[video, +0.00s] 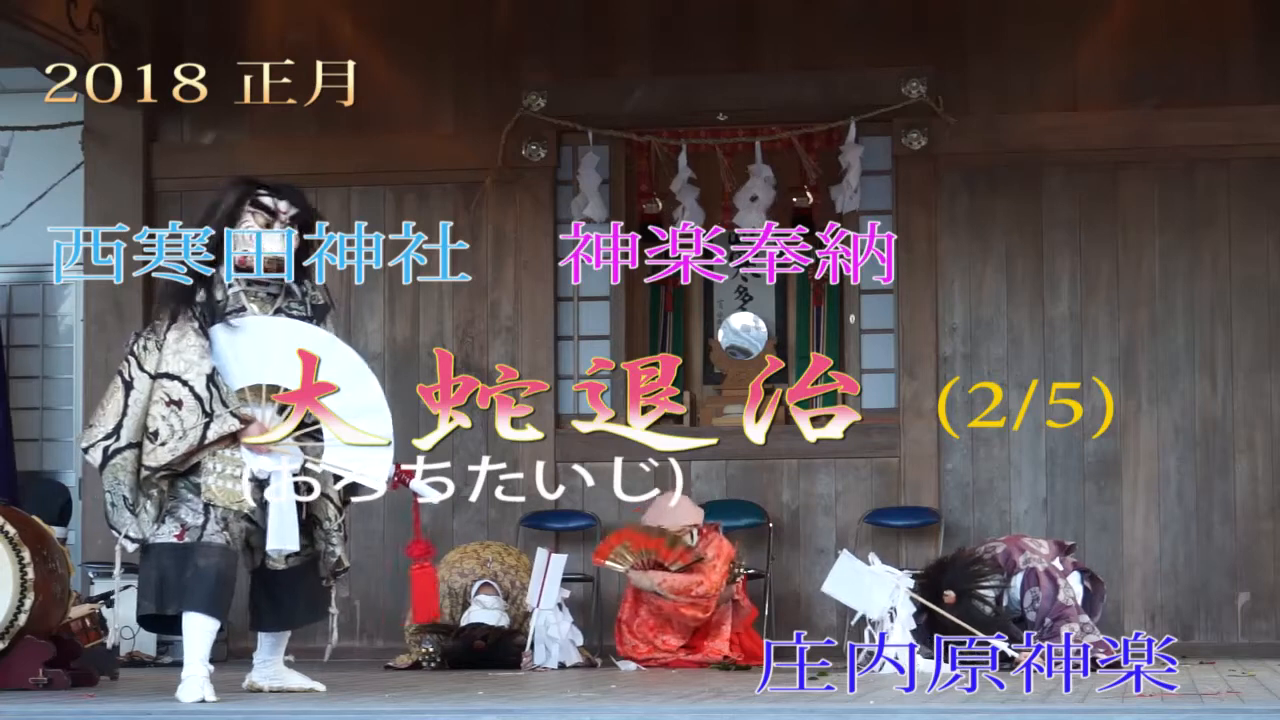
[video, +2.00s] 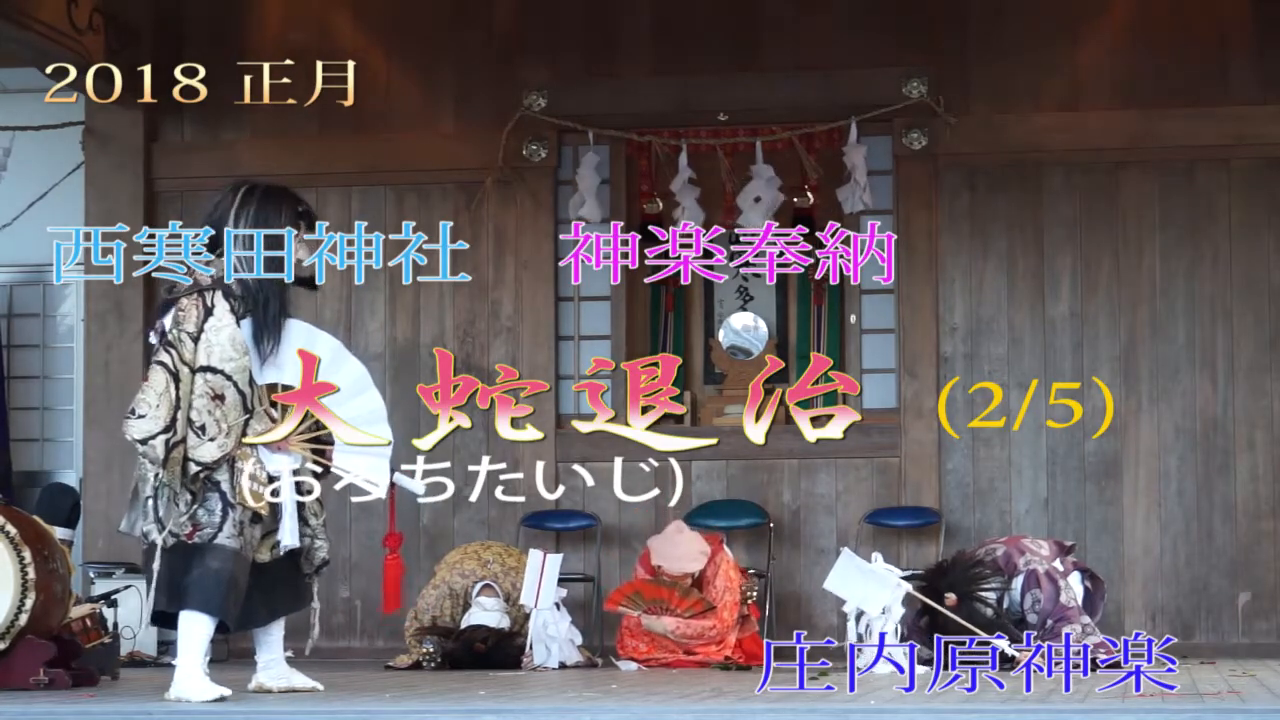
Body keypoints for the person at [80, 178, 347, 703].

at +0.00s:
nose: (269, 241)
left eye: (283, 231)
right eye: (256, 227)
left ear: (298, 242)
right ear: (226, 231)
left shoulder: (305, 308)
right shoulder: (195, 310)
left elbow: (330, 395)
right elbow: (173, 400)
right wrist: (234, 427)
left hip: (286, 456)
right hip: (214, 454)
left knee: (289, 550)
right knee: (211, 549)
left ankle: (269, 664)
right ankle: (195, 673)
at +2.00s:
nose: (305, 250)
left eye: (304, 237)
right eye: (297, 235)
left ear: (235, 236)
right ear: (263, 239)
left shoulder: (268, 314)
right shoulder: (212, 312)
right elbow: (205, 418)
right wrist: (260, 454)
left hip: (263, 458)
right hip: (217, 460)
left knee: (273, 549)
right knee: (217, 551)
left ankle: (272, 664)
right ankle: (189, 672)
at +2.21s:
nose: (303, 250)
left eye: (302, 237)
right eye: (295, 236)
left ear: (239, 237)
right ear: (260, 239)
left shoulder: (264, 308)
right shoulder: (218, 307)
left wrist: (301, 436)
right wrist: (265, 448)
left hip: (262, 457)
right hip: (222, 461)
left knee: (272, 552)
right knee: (219, 552)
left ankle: (272, 664)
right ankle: (190, 674)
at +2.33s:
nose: (305, 251)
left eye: (304, 238)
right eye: (297, 237)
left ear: (240, 236)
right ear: (264, 239)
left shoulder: (267, 308)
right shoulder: (221, 306)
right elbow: (222, 410)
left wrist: (303, 439)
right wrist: (268, 448)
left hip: (260, 458)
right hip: (222, 460)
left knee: (270, 555)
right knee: (218, 555)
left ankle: (272, 664)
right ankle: (190, 674)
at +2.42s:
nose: (305, 251)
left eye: (305, 238)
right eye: (298, 236)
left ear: (240, 235)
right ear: (265, 238)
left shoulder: (267, 306)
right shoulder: (222, 304)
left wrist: (302, 435)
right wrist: (267, 450)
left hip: (258, 455)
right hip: (223, 458)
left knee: (271, 551)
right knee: (219, 553)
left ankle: (272, 664)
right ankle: (190, 673)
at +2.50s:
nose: (305, 251)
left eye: (304, 238)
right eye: (297, 236)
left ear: (244, 236)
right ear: (263, 238)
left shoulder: (266, 307)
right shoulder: (216, 305)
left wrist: (302, 436)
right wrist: (264, 454)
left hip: (258, 459)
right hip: (219, 461)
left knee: (272, 552)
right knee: (221, 553)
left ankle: (272, 664)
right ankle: (190, 673)